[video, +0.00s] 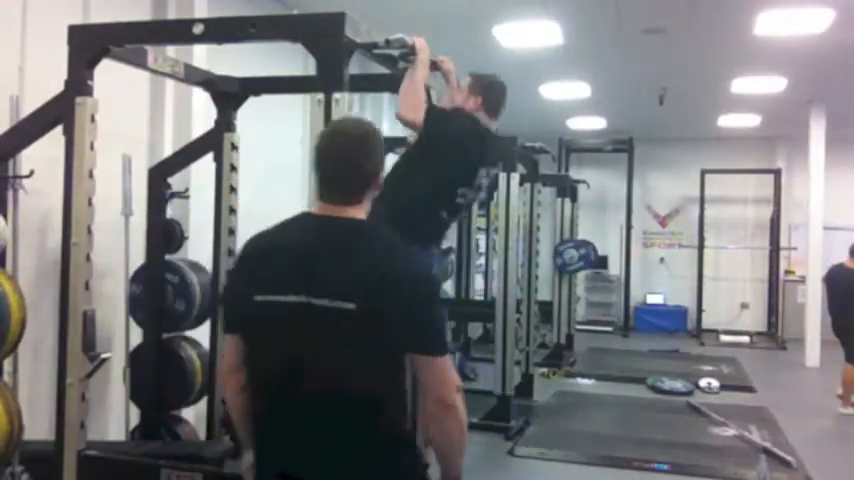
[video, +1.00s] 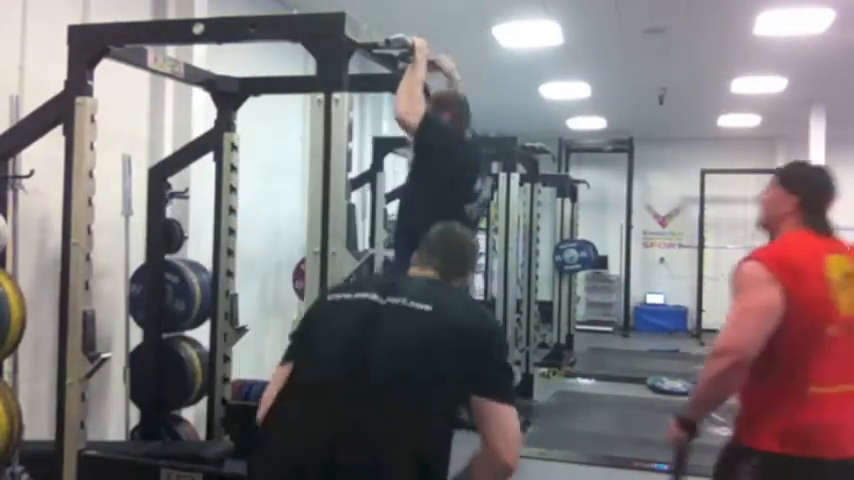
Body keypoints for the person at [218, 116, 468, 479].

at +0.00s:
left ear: (317, 172)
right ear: (377, 183)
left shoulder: (258, 253)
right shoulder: (405, 266)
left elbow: (232, 377)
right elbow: (442, 398)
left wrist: (253, 450)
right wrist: (451, 471)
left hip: (283, 461)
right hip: (376, 463)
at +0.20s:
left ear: (350, 169)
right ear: (411, 184)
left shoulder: (291, 249)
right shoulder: (434, 269)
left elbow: (266, 366)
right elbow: (468, 402)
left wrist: (300, 420)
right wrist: (472, 471)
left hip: (311, 455)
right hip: (401, 460)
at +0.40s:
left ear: (373, 163)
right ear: (439, 180)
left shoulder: (314, 243)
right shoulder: (462, 266)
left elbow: (279, 359)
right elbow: (491, 400)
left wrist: (314, 410)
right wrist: (483, 471)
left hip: (321, 453)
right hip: (412, 460)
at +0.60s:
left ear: (392, 169)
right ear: (455, 186)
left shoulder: (327, 243)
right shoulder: (477, 268)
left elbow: (281, 361)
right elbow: (503, 403)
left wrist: (305, 432)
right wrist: (497, 472)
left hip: (323, 455)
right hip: (419, 461)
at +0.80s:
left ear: (409, 205)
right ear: (467, 225)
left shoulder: (334, 261)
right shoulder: (487, 294)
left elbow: (276, 376)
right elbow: (504, 426)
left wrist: (295, 443)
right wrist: (486, 474)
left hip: (317, 460)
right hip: (418, 466)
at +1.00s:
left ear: (413, 260)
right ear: (465, 275)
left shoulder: (335, 297)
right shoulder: (473, 322)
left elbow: (266, 412)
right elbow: (503, 455)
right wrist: (462, 477)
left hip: (292, 464)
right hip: (400, 467)